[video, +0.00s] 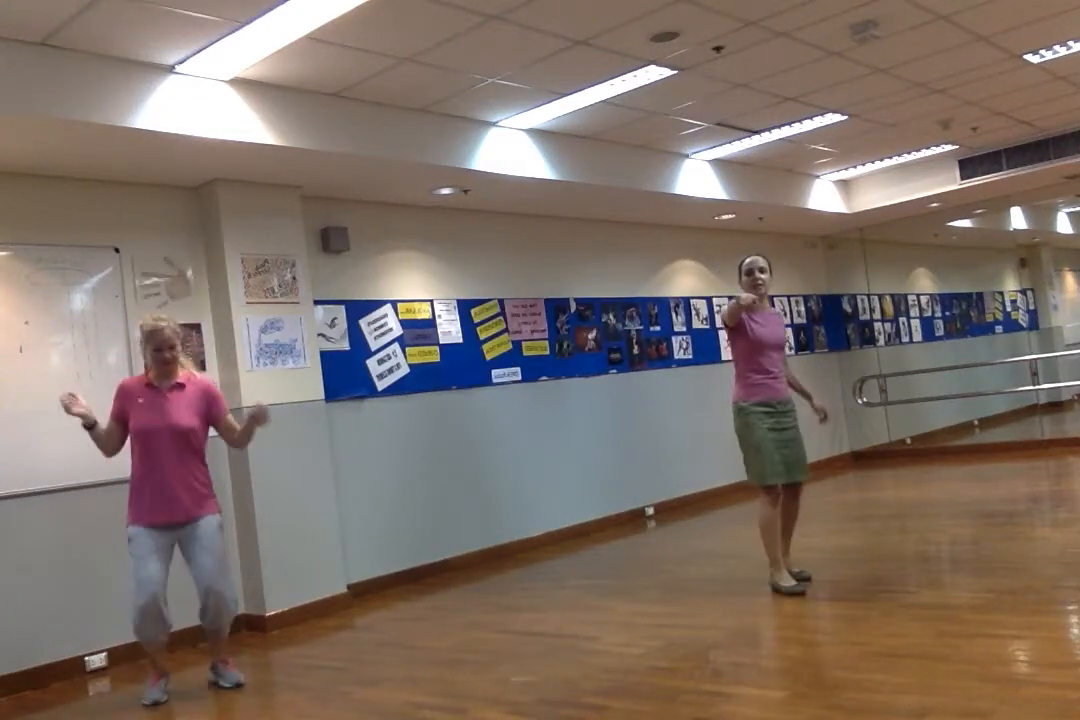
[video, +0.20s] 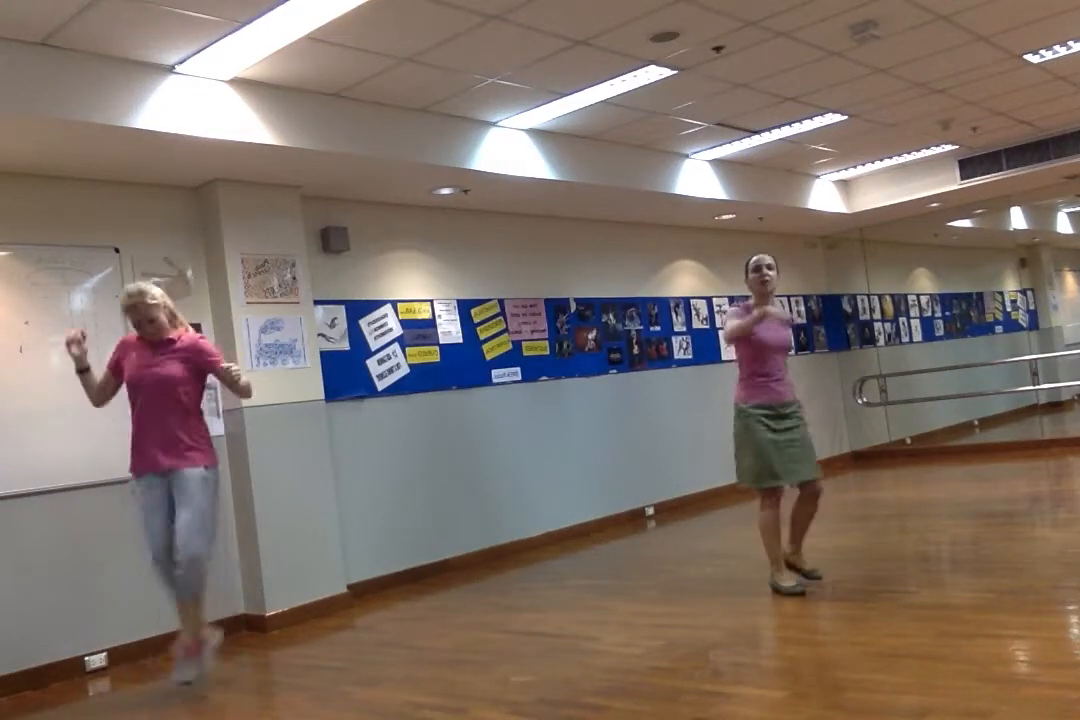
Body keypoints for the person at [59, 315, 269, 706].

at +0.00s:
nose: (166, 355)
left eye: (172, 348)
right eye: (158, 350)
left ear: (181, 347)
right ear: (144, 351)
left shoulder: (203, 388)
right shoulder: (129, 390)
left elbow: (236, 440)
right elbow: (110, 446)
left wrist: (251, 424)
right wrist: (89, 421)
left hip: (199, 509)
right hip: (147, 515)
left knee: (216, 589)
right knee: (147, 598)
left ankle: (220, 665)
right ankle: (158, 675)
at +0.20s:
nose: (142, 324)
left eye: (147, 315)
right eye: (135, 319)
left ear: (164, 309)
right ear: (129, 320)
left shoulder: (193, 344)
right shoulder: (128, 347)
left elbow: (244, 391)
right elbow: (99, 397)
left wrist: (236, 379)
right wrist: (81, 361)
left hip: (192, 459)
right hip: (147, 463)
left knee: (190, 551)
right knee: (162, 556)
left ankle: (189, 644)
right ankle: (202, 633)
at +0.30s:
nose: (144, 336)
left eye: (146, 326)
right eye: (136, 332)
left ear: (162, 316)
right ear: (130, 331)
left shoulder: (194, 352)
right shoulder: (131, 357)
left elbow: (227, 399)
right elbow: (103, 403)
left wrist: (231, 400)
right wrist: (90, 368)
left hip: (196, 468)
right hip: (152, 473)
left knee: (175, 562)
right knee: (199, 558)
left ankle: (150, 656)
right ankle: (247, 633)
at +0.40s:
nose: (137, 362)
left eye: (140, 352)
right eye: (130, 357)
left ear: (158, 343)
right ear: (127, 358)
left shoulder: (195, 384)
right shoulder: (139, 385)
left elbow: (219, 438)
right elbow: (126, 434)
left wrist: (198, 448)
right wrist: (106, 402)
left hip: (199, 500)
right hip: (161, 502)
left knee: (175, 587)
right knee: (213, 586)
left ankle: (154, 674)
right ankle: (266, 646)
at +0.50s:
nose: (128, 382)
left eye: (128, 373)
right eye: (123, 376)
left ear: (148, 360)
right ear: (134, 370)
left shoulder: (185, 396)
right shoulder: (156, 397)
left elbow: (189, 460)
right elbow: (154, 443)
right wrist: (127, 421)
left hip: (199, 510)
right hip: (170, 514)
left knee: (169, 592)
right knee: (211, 593)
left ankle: (150, 678)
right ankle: (270, 647)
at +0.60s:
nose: (116, 351)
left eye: (119, 341)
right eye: (113, 344)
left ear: (139, 335)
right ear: (135, 337)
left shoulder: (156, 372)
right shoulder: (160, 366)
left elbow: (149, 435)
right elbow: (165, 429)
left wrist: (102, 416)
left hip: (184, 492)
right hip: (183, 490)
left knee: (163, 581)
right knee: (206, 569)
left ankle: (161, 679)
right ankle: (265, 638)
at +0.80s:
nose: (124, 333)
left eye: (125, 327)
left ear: (128, 329)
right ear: (166, 326)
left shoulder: (117, 366)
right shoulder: (187, 360)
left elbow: (104, 424)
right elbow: (203, 419)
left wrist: (93, 410)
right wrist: (174, 398)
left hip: (146, 480)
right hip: (194, 473)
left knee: (141, 573)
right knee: (210, 562)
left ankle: (149, 674)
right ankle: (212, 658)